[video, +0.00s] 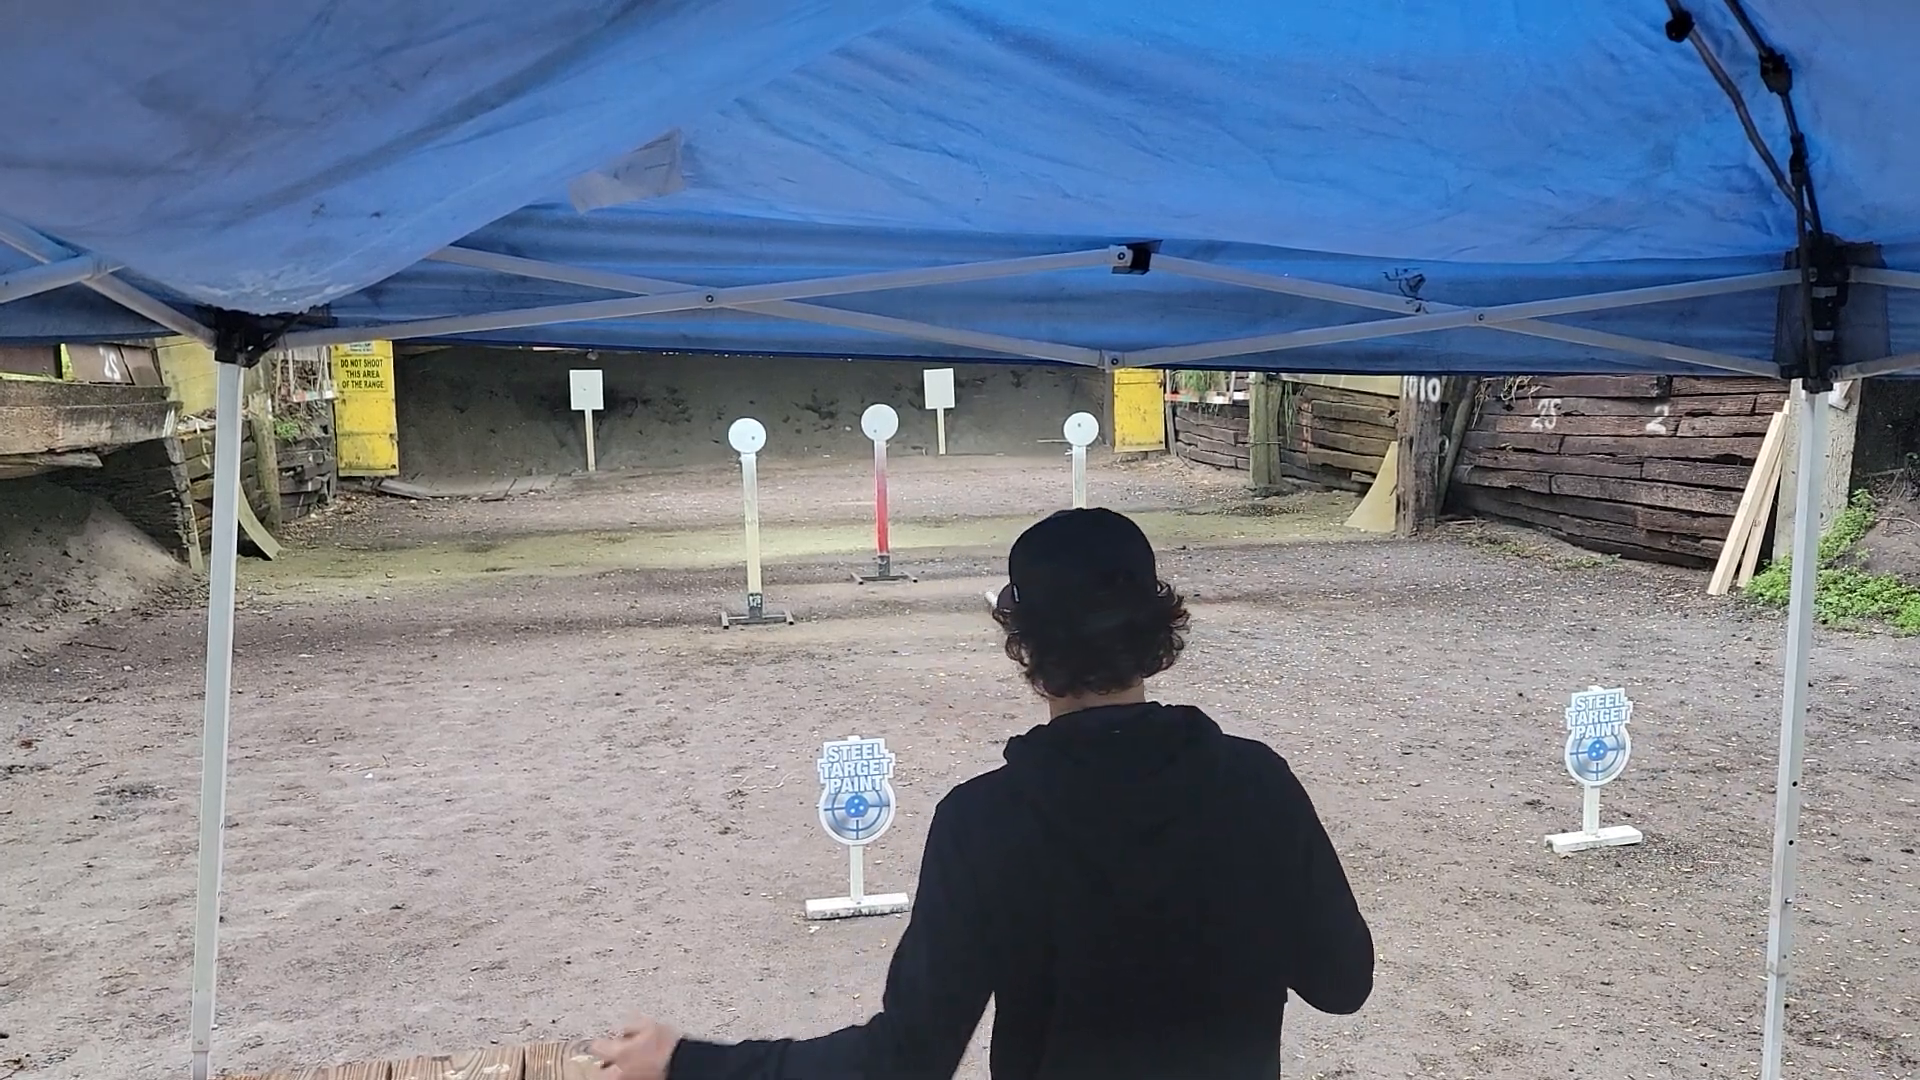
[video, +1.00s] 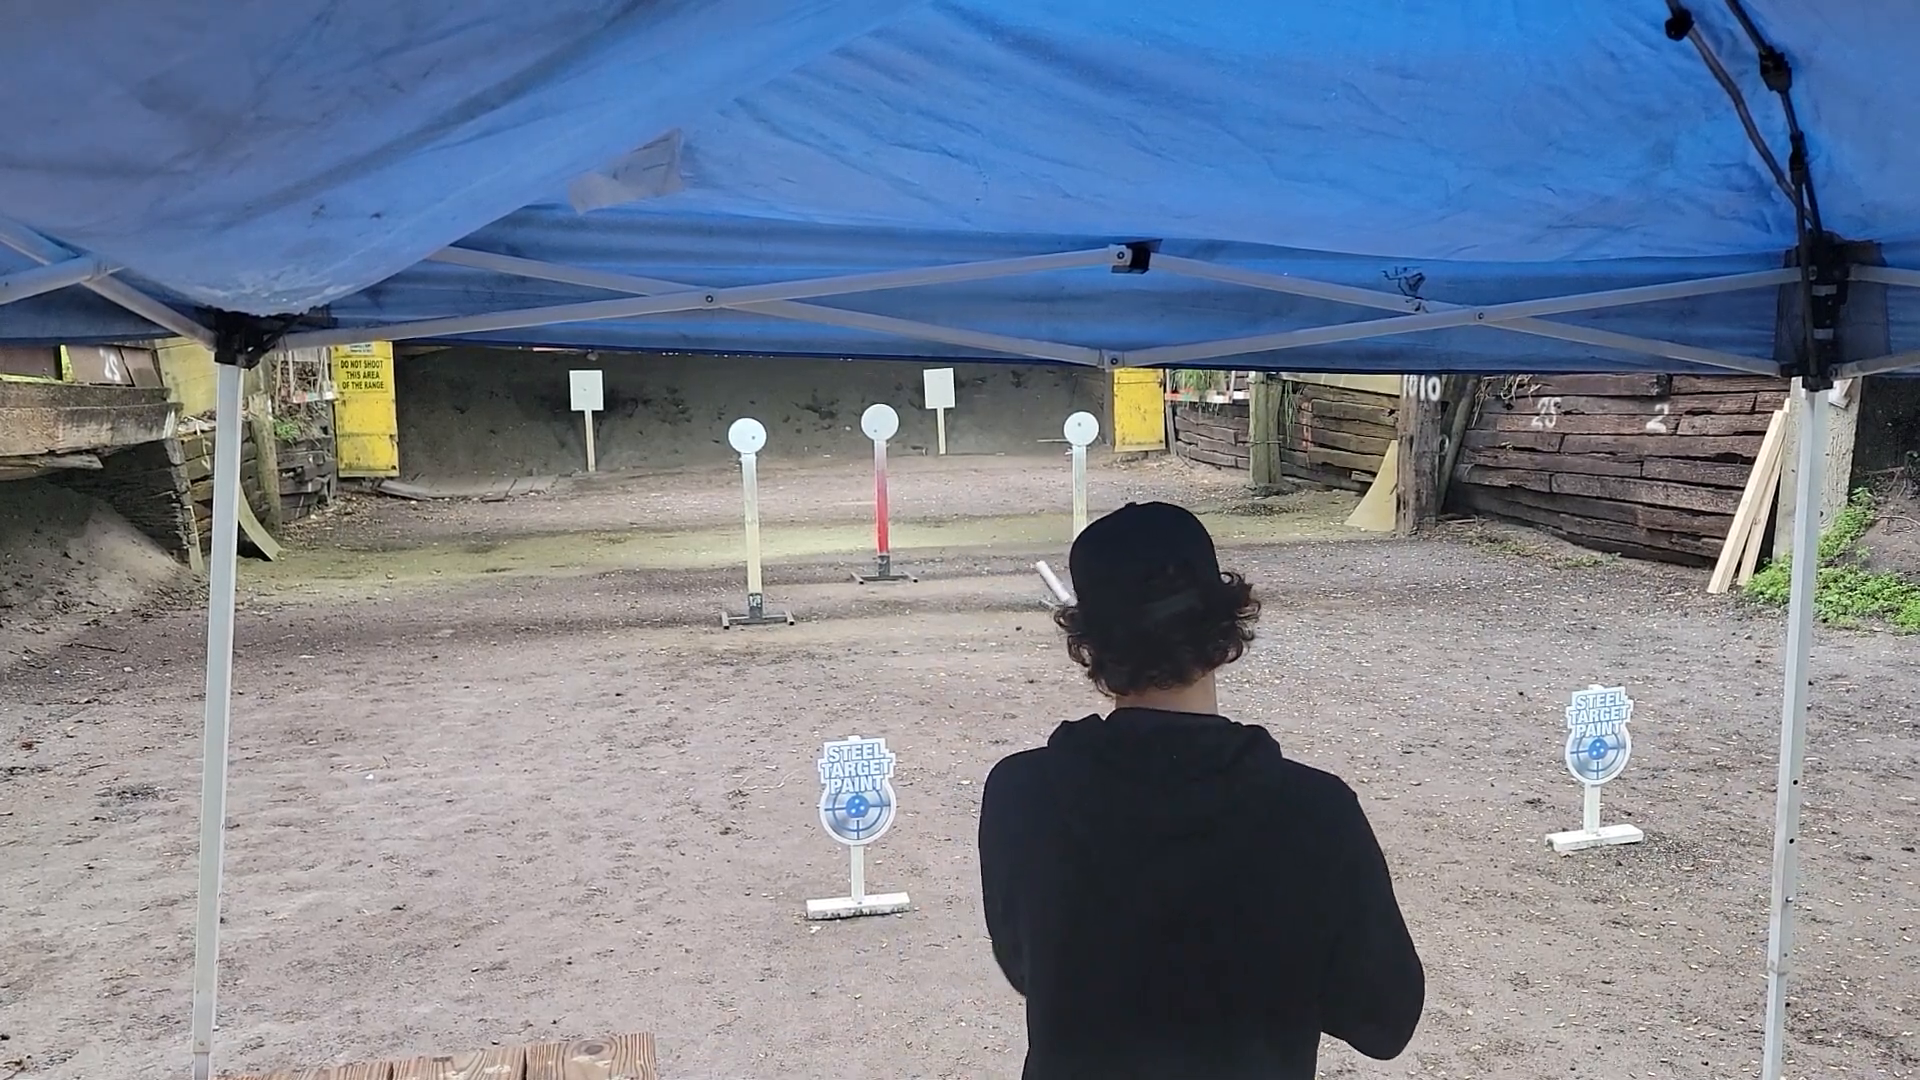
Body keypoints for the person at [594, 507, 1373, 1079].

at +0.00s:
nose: (1016, 636)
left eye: (1014, 620)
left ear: (1021, 640)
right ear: (1162, 625)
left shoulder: (987, 818)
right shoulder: (1258, 784)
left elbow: (910, 1055)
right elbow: (1344, 980)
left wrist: (686, 1060)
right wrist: (1230, 893)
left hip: (1053, 1067)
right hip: (1226, 1071)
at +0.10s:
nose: (1022, 636)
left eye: (1023, 617)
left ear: (1032, 638)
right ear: (1166, 623)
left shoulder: (992, 821)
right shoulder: (1265, 788)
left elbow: (941, 1054)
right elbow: (1347, 988)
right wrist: (1221, 900)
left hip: (1058, 1072)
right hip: (1236, 1073)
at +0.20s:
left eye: (1034, 622)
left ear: (1043, 642)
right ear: (1178, 621)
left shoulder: (992, 821)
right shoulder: (1277, 793)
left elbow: (950, 1057)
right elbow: (1356, 994)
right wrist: (1236, 908)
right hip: (1235, 1071)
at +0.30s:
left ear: (1053, 645)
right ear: (1190, 624)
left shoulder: (994, 814)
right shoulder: (1285, 797)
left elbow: (960, 1030)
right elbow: (1365, 1000)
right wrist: (1241, 928)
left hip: (1061, 1070)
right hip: (1242, 1068)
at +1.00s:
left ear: (1086, 637)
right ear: (1225, 619)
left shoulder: (1019, 792)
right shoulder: (1317, 809)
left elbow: (1022, 965)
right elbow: (1387, 1023)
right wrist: (1264, 942)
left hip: (1068, 1072)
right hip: (1261, 1072)